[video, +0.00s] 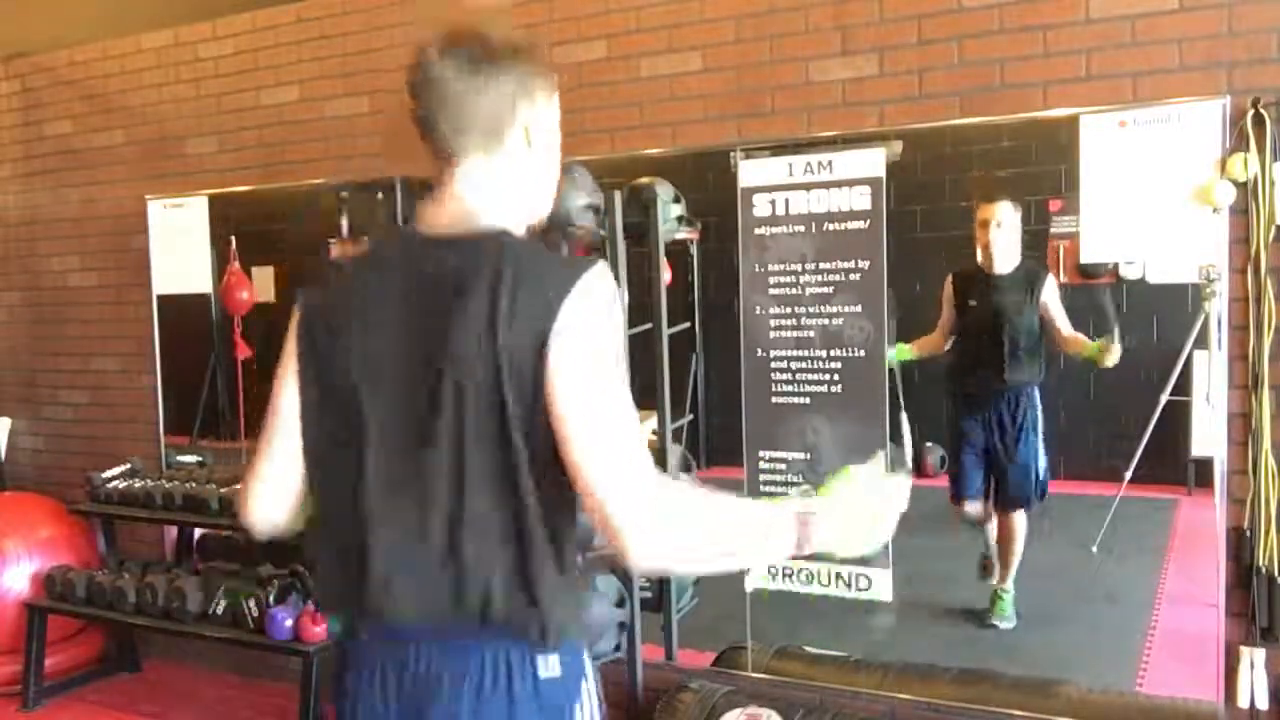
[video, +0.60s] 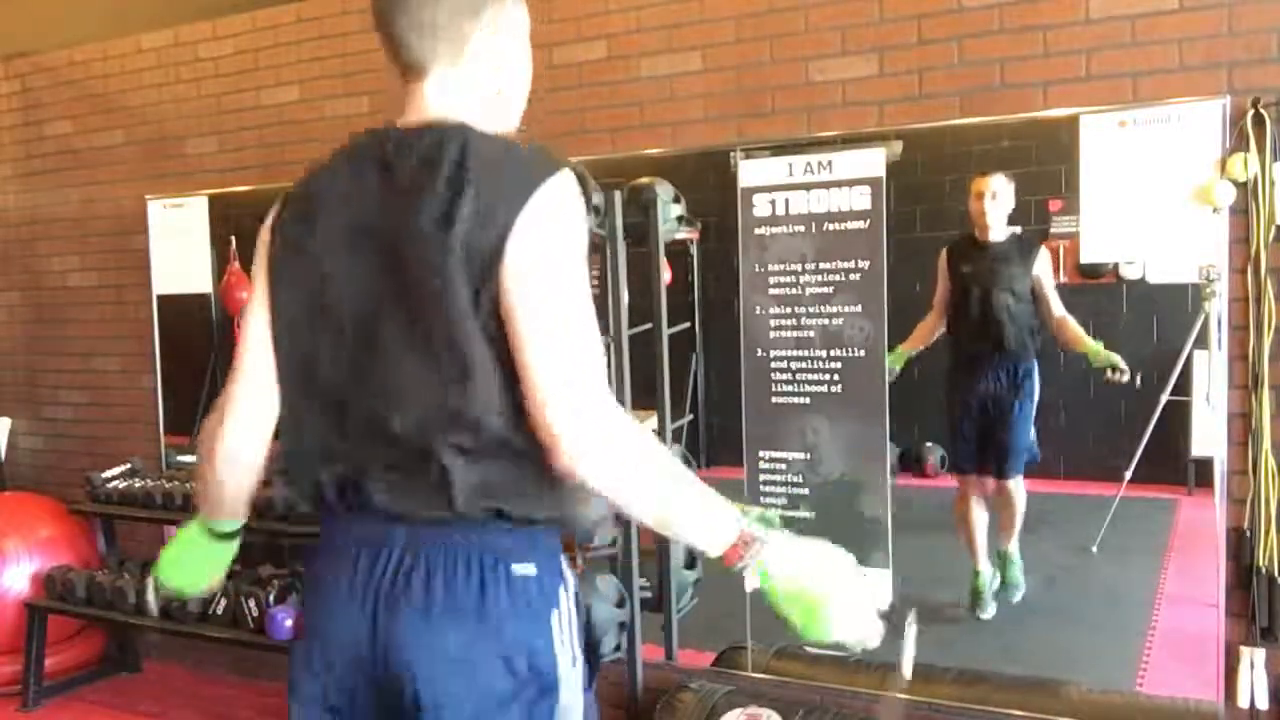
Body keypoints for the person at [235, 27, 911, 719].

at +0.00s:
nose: (562, 156)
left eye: (557, 130)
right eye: (557, 130)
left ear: (436, 136)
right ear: (530, 129)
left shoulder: (326, 302)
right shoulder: (563, 292)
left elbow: (265, 508)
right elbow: (638, 524)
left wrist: (373, 440)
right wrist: (812, 522)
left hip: (373, 665)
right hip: (520, 667)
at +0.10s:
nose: (556, 70)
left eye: (553, 46)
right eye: (553, 45)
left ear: (430, 58)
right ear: (531, 46)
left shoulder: (326, 220)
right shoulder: (561, 198)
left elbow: (261, 430)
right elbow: (616, 441)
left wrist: (242, 537)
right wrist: (788, 548)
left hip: (356, 582)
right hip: (499, 596)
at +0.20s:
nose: (555, 67)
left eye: (551, 45)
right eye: (553, 44)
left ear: (424, 53)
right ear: (530, 45)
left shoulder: (324, 209)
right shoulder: (557, 192)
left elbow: (260, 428)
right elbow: (602, 439)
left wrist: (234, 524)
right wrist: (778, 565)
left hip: (355, 572)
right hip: (503, 586)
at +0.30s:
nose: (556, 147)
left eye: (551, 121)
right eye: (552, 120)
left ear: (427, 127)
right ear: (528, 116)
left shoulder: (331, 279)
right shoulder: (557, 272)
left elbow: (250, 495)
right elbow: (609, 523)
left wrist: (338, 428)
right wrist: (790, 550)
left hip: (359, 641)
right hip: (513, 654)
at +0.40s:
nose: (552, 164)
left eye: (549, 142)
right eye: (548, 141)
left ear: (425, 145)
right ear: (522, 139)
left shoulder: (324, 295)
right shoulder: (558, 294)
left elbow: (237, 504)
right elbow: (629, 533)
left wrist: (343, 444)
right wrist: (806, 532)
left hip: (347, 676)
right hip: (501, 685)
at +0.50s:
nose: (545, 83)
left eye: (542, 56)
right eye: (541, 56)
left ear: (412, 62)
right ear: (513, 61)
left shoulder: (312, 223)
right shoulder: (543, 201)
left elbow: (241, 438)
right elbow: (601, 444)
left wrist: (219, 531)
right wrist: (775, 540)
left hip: (339, 595)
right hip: (488, 607)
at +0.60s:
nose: (530, 67)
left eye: (527, 44)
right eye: (526, 43)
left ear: (399, 53)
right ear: (499, 44)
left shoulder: (296, 212)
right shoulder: (527, 187)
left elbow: (240, 428)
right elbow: (580, 435)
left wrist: (213, 527)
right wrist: (761, 550)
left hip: (341, 572)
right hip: (492, 581)